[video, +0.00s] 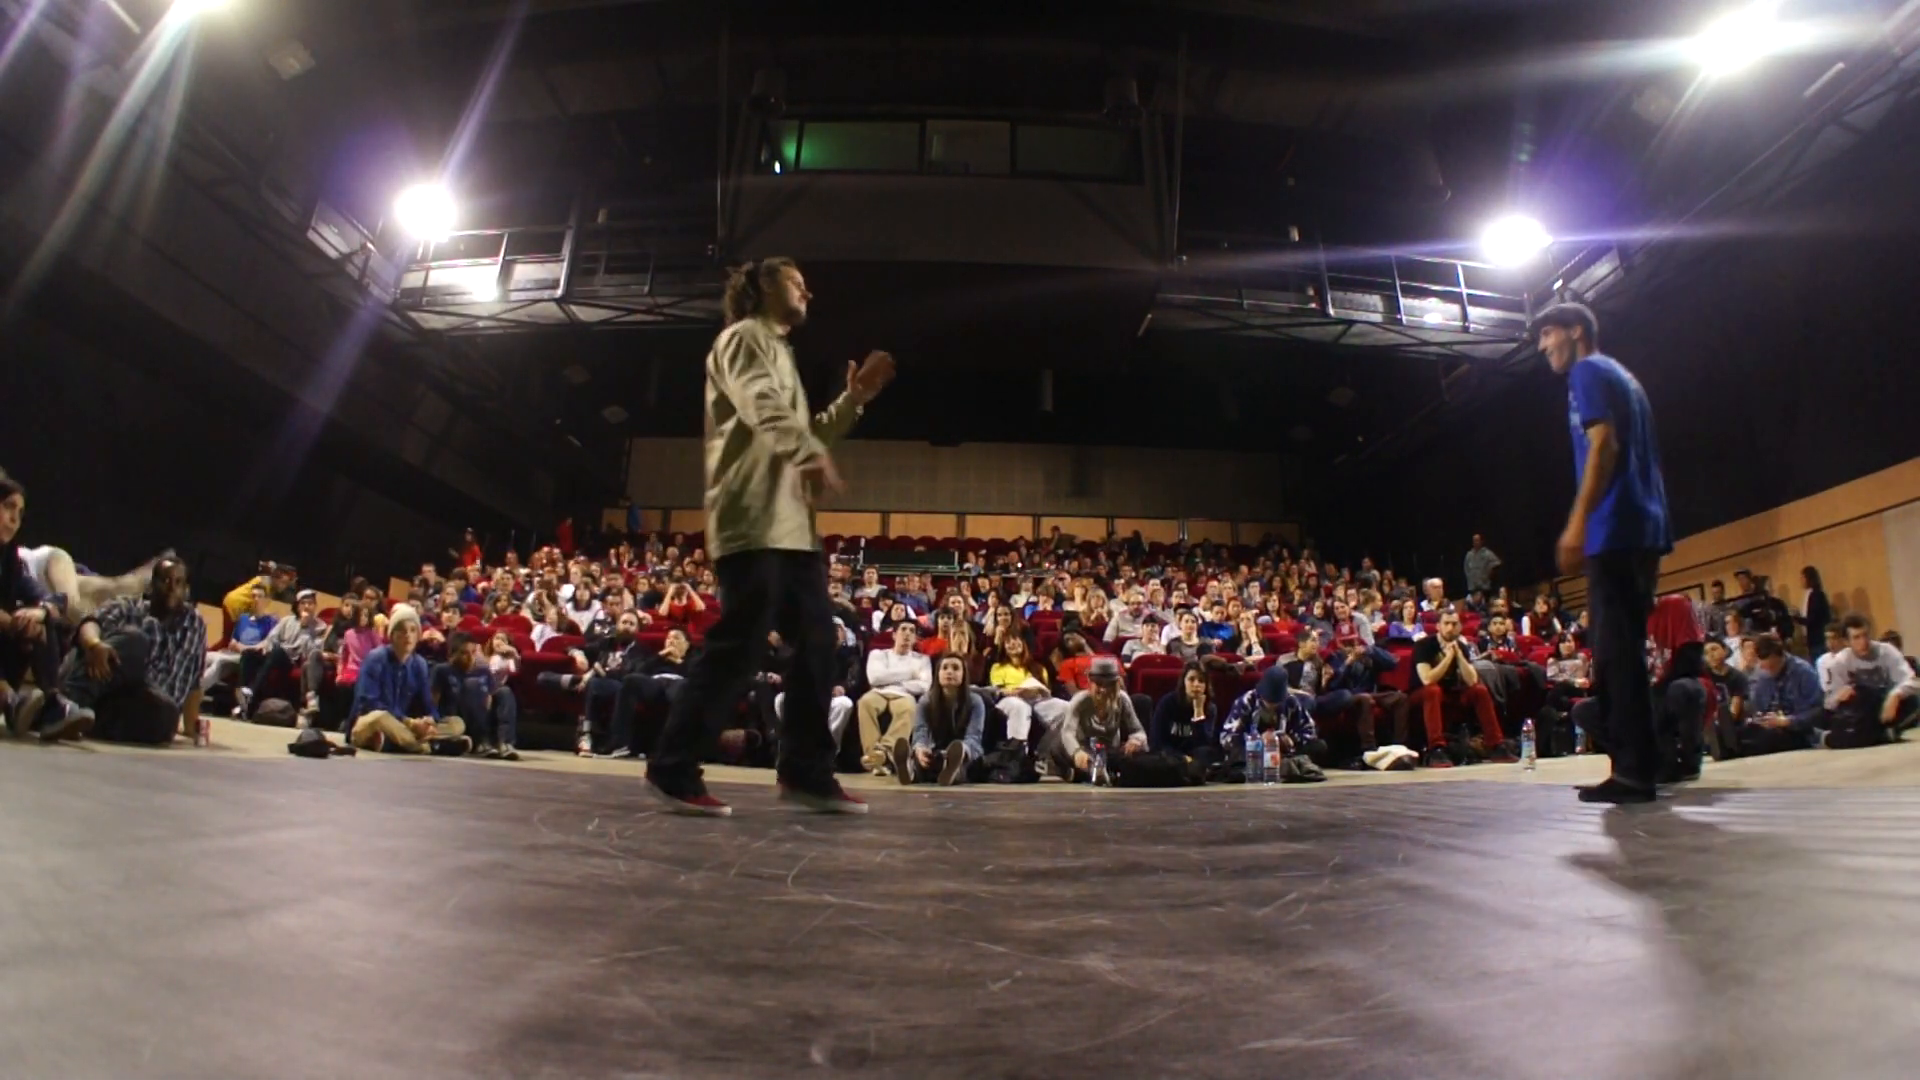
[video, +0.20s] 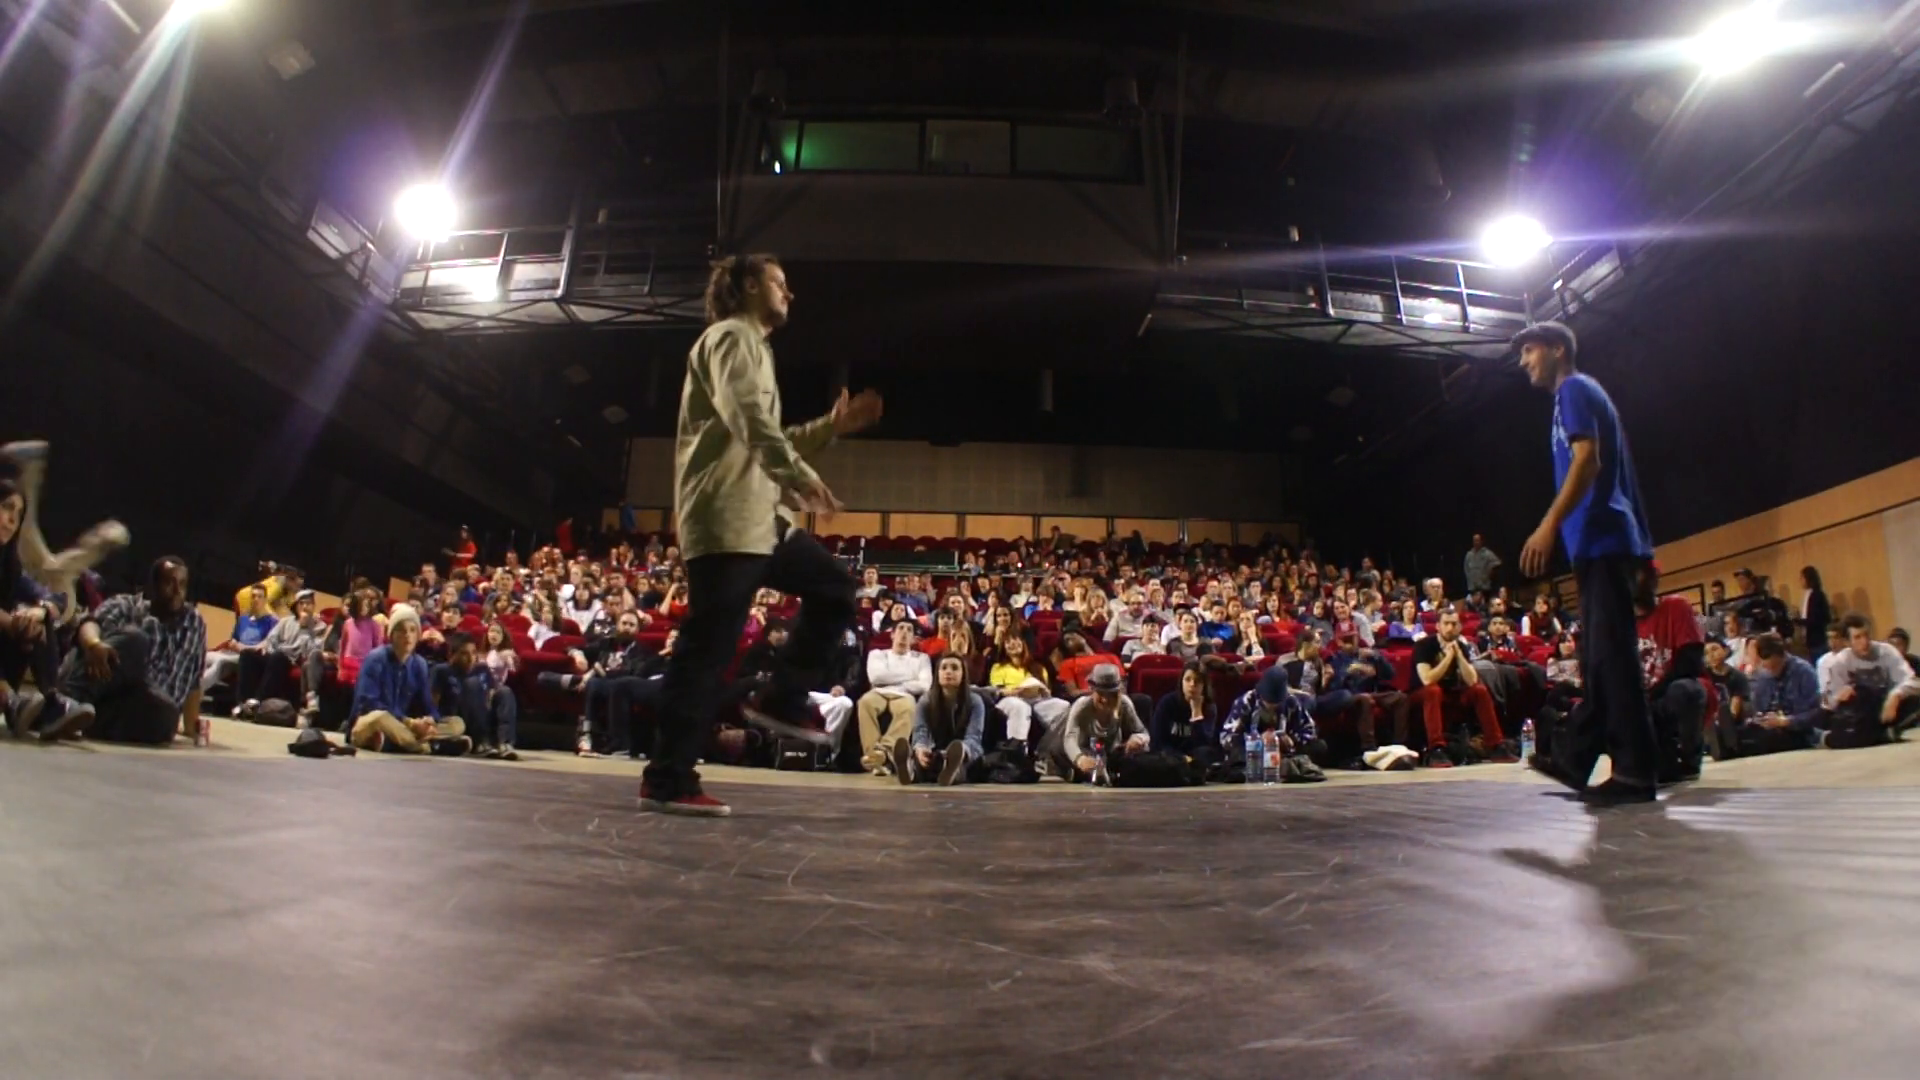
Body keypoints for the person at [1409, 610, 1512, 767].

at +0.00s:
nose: (1450, 628)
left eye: (1455, 624)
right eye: (1446, 624)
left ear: (1460, 627)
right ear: (1438, 626)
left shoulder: (1462, 647)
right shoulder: (1423, 645)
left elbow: (1472, 681)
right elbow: (1427, 678)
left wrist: (1459, 655)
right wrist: (1448, 657)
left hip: (1454, 693)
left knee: (1480, 691)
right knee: (1433, 690)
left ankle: (1496, 745)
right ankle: (1436, 748)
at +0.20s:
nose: (1450, 628)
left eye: (1454, 624)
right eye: (1446, 624)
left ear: (1459, 627)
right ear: (1438, 626)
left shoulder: (1462, 646)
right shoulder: (1424, 646)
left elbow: (1472, 681)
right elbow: (1427, 678)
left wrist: (1458, 654)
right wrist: (1449, 657)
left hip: (1456, 692)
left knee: (1480, 690)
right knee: (1433, 690)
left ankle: (1497, 745)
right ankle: (1436, 748)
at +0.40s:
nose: (1448, 626)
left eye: (1452, 623)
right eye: (1444, 622)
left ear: (1459, 627)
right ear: (1437, 626)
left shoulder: (1462, 646)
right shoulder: (1424, 646)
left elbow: (1471, 681)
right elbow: (1427, 678)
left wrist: (1459, 655)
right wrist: (1449, 657)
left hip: (1453, 692)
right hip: (1426, 693)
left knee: (1480, 691)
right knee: (1433, 691)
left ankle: (1497, 745)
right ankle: (1436, 748)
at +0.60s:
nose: (1445, 625)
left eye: (1450, 621)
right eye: (1442, 621)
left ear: (1457, 626)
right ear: (1437, 625)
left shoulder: (1462, 647)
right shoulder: (1424, 646)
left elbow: (1471, 681)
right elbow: (1427, 678)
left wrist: (1458, 655)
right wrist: (1448, 656)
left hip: (1454, 692)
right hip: (1428, 693)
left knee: (1480, 691)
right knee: (1433, 691)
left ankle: (1497, 745)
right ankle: (1436, 748)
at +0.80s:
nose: (1444, 625)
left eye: (1448, 621)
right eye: (1441, 621)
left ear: (1456, 625)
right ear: (1436, 624)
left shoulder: (1462, 646)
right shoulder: (1424, 646)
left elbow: (1472, 681)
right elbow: (1427, 678)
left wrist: (1460, 654)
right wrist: (1451, 656)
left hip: (1454, 692)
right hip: (1428, 693)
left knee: (1480, 691)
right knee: (1433, 691)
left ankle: (1496, 745)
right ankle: (1437, 748)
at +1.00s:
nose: (1442, 625)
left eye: (1447, 621)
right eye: (1439, 620)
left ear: (1456, 624)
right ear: (1435, 623)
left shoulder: (1462, 646)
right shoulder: (1424, 646)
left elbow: (1471, 681)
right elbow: (1427, 678)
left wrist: (1459, 654)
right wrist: (1451, 654)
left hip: (1453, 691)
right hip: (1427, 693)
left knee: (1480, 691)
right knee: (1433, 691)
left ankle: (1496, 745)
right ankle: (1436, 748)